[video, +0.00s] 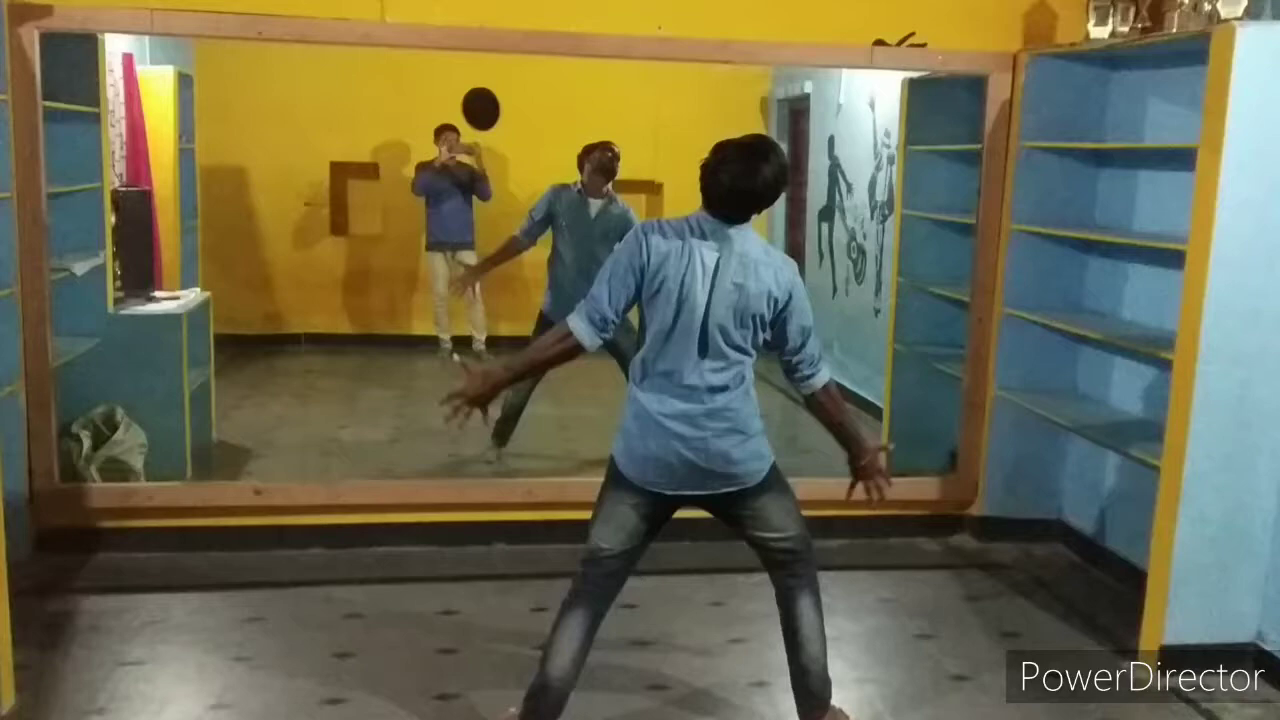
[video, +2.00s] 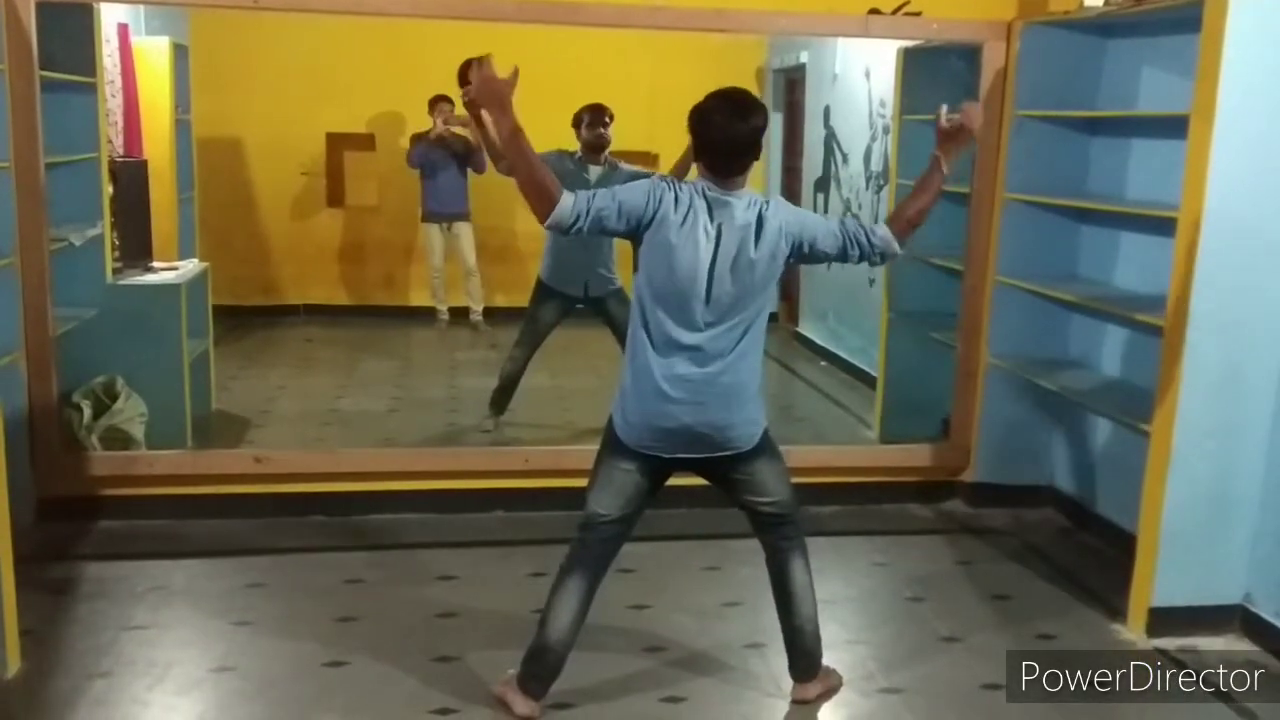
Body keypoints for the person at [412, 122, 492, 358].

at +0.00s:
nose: (449, 145)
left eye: (453, 140)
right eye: (444, 140)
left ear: (459, 144)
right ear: (437, 143)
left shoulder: (467, 169)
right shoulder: (426, 168)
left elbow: (485, 194)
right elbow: (418, 189)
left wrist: (478, 164)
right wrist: (438, 164)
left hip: (465, 242)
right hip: (437, 243)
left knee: (473, 292)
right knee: (440, 294)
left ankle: (479, 343)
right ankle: (444, 342)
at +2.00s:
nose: (444, 116)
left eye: (448, 112)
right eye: (440, 112)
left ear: (453, 114)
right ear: (431, 114)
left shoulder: (460, 141)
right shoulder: (421, 140)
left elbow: (480, 167)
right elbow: (413, 162)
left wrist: (473, 138)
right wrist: (433, 136)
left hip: (460, 214)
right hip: (432, 215)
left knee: (471, 266)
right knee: (436, 268)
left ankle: (476, 314)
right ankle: (441, 313)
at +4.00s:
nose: (440, 116)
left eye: (444, 111)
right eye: (436, 111)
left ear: (450, 114)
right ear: (427, 113)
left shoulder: (456, 140)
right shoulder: (417, 139)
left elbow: (475, 166)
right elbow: (409, 160)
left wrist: (469, 135)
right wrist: (429, 134)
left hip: (456, 213)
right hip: (428, 214)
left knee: (466, 265)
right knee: (432, 267)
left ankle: (473, 313)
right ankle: (438, 312)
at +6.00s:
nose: (440, 111)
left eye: (444, 107)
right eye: (436, 106)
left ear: (450, 110)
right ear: (427, 109)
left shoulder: (456, 137)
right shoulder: (417, 135)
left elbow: (475, 163)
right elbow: (414, 161)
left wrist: (469, 132)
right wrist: (435, 135)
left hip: (455, 210)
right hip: (428, 211)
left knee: (466, 263)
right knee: (432, 265)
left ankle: (473, 311)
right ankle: (438, 310)